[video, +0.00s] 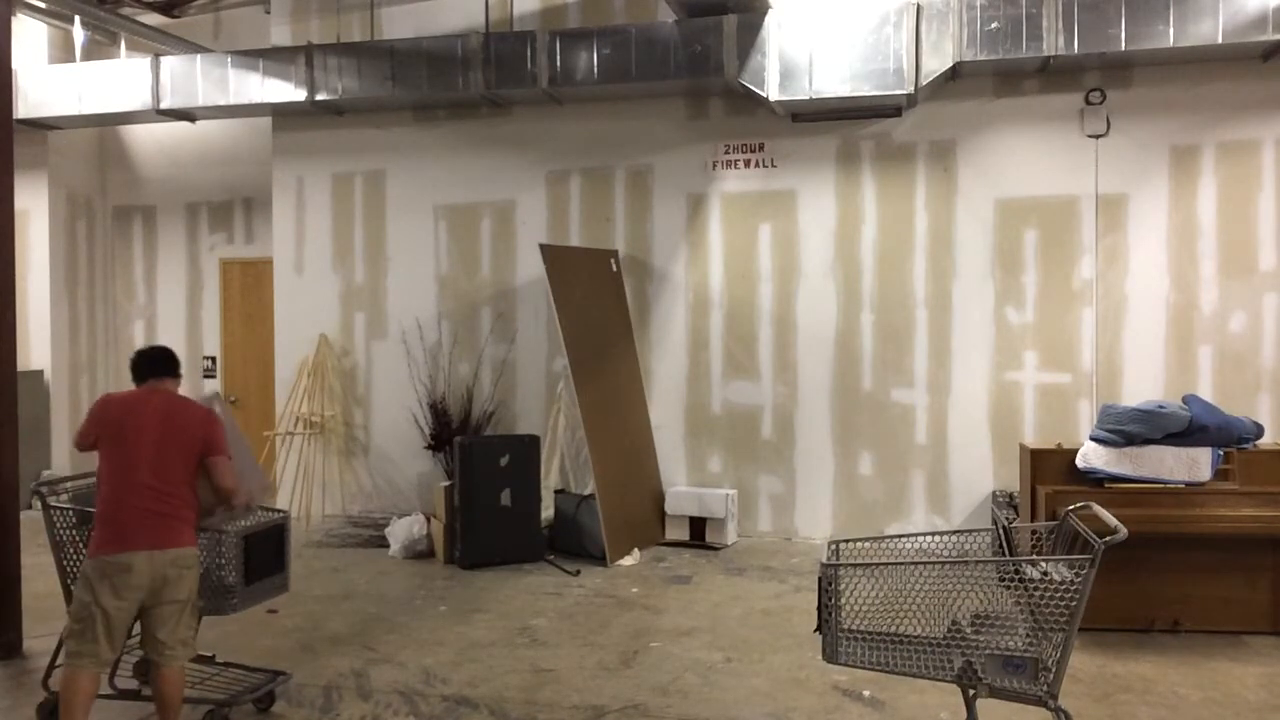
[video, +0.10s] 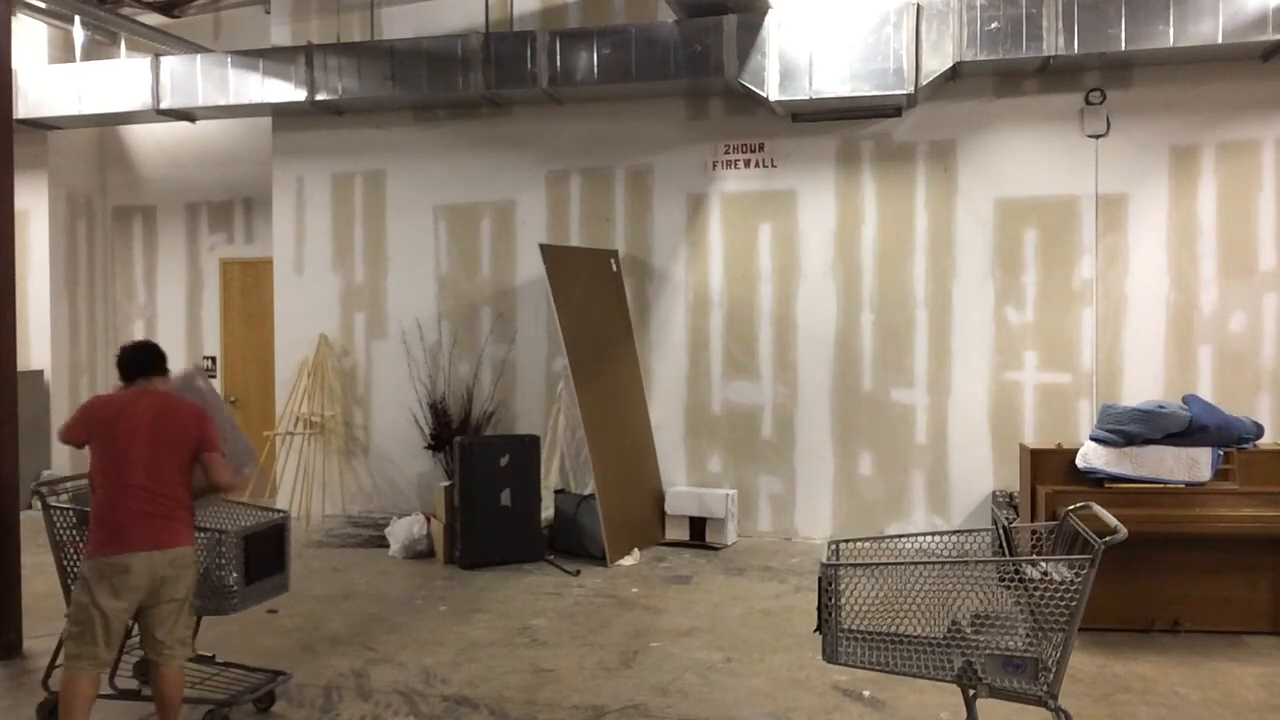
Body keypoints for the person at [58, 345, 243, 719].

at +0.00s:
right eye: (177, 378)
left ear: (135, 379)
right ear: (177, 378)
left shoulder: (110, 406)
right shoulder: (202, 416)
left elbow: (82, 443)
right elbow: (224, 482)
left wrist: (122, 430)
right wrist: (232, 498)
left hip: (117, 555)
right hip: (178, 555)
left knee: (86, 657)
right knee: (170, 657)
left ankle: (69, 715)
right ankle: (170, 716)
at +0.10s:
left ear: (123, 376)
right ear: (166, 372)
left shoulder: (102, 408)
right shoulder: (192, 411)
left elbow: (69, 435)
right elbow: (221, 477)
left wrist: (112, 411)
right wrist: (239, 481)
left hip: (113, 556)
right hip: (174, 554)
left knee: (84, 659)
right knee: (170, 656)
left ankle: (69, 716)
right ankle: (170, 716)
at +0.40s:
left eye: (78, 371)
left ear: (77, 375)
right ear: (123, 372)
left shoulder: (61, 421)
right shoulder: (154, 420)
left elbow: (7, 429)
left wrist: (25, 387)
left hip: (76, 568)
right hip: (141, 563)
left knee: (66, 673)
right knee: (153, 662)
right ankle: (164, 716)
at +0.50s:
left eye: (66, 370)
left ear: (64, 375)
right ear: (111, 372)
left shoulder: (43, 423)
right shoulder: (139, 420)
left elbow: (4, 442)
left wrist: (8, 404)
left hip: (58, 570)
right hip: (121, 566)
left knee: (58, 677)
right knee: (140, 661)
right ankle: (158, 715)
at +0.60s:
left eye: (57, 367)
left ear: (54, 373)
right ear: (100, 371)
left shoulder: (29, 423)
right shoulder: (127, 423)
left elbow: (4, 470)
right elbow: (128, 475)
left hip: (45, 569)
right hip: (107, 565)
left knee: (54, 678)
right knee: (122, 655)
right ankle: (145, 714)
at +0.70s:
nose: (41, 374)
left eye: (42, 368)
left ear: (44, 371)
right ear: (90, 371)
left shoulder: (22, 420)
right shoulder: (115, 423)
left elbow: (6, 473)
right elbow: (106, 484)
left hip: (39, 567)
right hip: (95, 560)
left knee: (51, 676)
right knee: (99, 654)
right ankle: (119, 714)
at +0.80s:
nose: (27, 377)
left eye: (28, 370)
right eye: (28, 370)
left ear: (36, 372)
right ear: (78, 372)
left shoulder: (15, 421)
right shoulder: (104, 425)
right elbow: (95, 480)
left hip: (34, 566)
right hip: (85, 560)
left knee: (48, 677)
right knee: (74, 660)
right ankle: (79, 713)